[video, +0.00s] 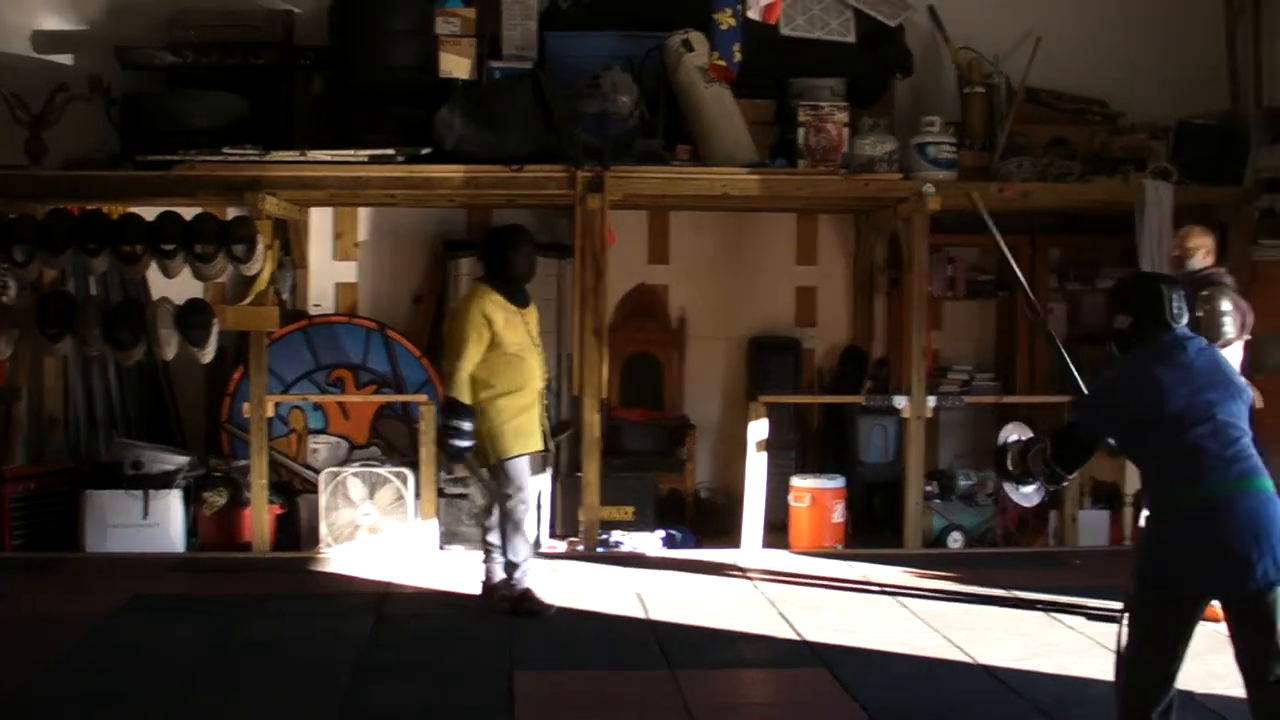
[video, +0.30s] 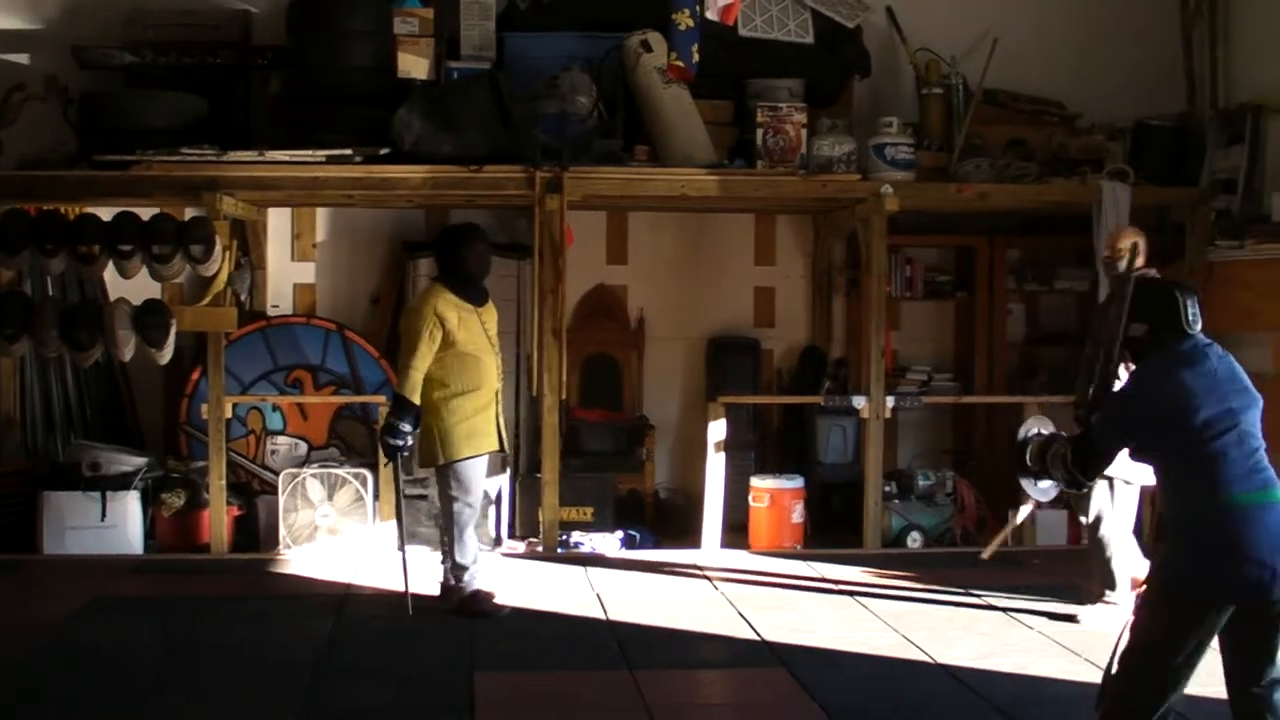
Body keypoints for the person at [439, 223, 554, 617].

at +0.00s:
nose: (532, 265)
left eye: (533, 256)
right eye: (524, 256)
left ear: (529, 260)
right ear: (501, 259)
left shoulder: (524, 304)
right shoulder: (478, 305)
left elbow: (529, 366)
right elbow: (460, 366)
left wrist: (540, 419)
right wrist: (458, 423)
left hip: (526, 417)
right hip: (499, 419)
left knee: (508, 498)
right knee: (519, 495)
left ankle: (496, 579)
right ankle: (515, 582)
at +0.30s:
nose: (487, 264)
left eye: (487, 256)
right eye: (479, 256)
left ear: (483, 259)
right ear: (456, 260)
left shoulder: (482, 302)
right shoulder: (432, 304)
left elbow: (485, 365)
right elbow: (414, 365)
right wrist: (402, 419)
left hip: (485, 419)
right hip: (455, 422)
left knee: (475, 501)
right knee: (463, 501)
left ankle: (457, 578)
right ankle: (462, 583)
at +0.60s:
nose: (441, 263)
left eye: (443, 255)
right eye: (432, 255)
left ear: (444, 259)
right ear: (410, 259)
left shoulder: (445, 304)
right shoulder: (388, 304)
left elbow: (448, 355)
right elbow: (371, 365)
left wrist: (461, 395)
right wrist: (371, 421)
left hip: (442, 418)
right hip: (411, 423)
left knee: (431, 499)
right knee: (420, 500)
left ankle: (418, 578)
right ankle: (418, 583)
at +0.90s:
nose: (396, 264)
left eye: (397, 255)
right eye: (388, 256)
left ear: (397, 258)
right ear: (366, 259)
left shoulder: (400, 304)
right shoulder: (341, 305)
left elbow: (407, 355)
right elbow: (327, 367)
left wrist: (426, 392)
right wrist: (336, 422)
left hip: (395, 423)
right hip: (366, 426)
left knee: (381, 503)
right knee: (373, 505)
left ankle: (369, 579)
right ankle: (373, 585)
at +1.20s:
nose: (361, 265)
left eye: (362, 256)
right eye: (353, 257)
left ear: (360, 259)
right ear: (330, 260)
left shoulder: (363, 304)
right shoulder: (303, 305)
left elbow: (374, 357)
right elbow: (288, 367)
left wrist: (391, 396)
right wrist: (292, 422)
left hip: (356, 422)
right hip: (325, 426)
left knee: (341, 503)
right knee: (336, 503)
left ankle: (329, 582)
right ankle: (333, 587)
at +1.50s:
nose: (327, 266)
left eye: (328, 257)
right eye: (318, 258)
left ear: (331, 262)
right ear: (295, 262)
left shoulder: (333, 306)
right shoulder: (270, 306)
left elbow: (345, 360)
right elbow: (249, 365)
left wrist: (361, 394)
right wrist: (246, 418)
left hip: (325, 419)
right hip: (292, 419)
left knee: (307, 499)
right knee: (313, 495)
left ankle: (291, 582)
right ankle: (304, 585)